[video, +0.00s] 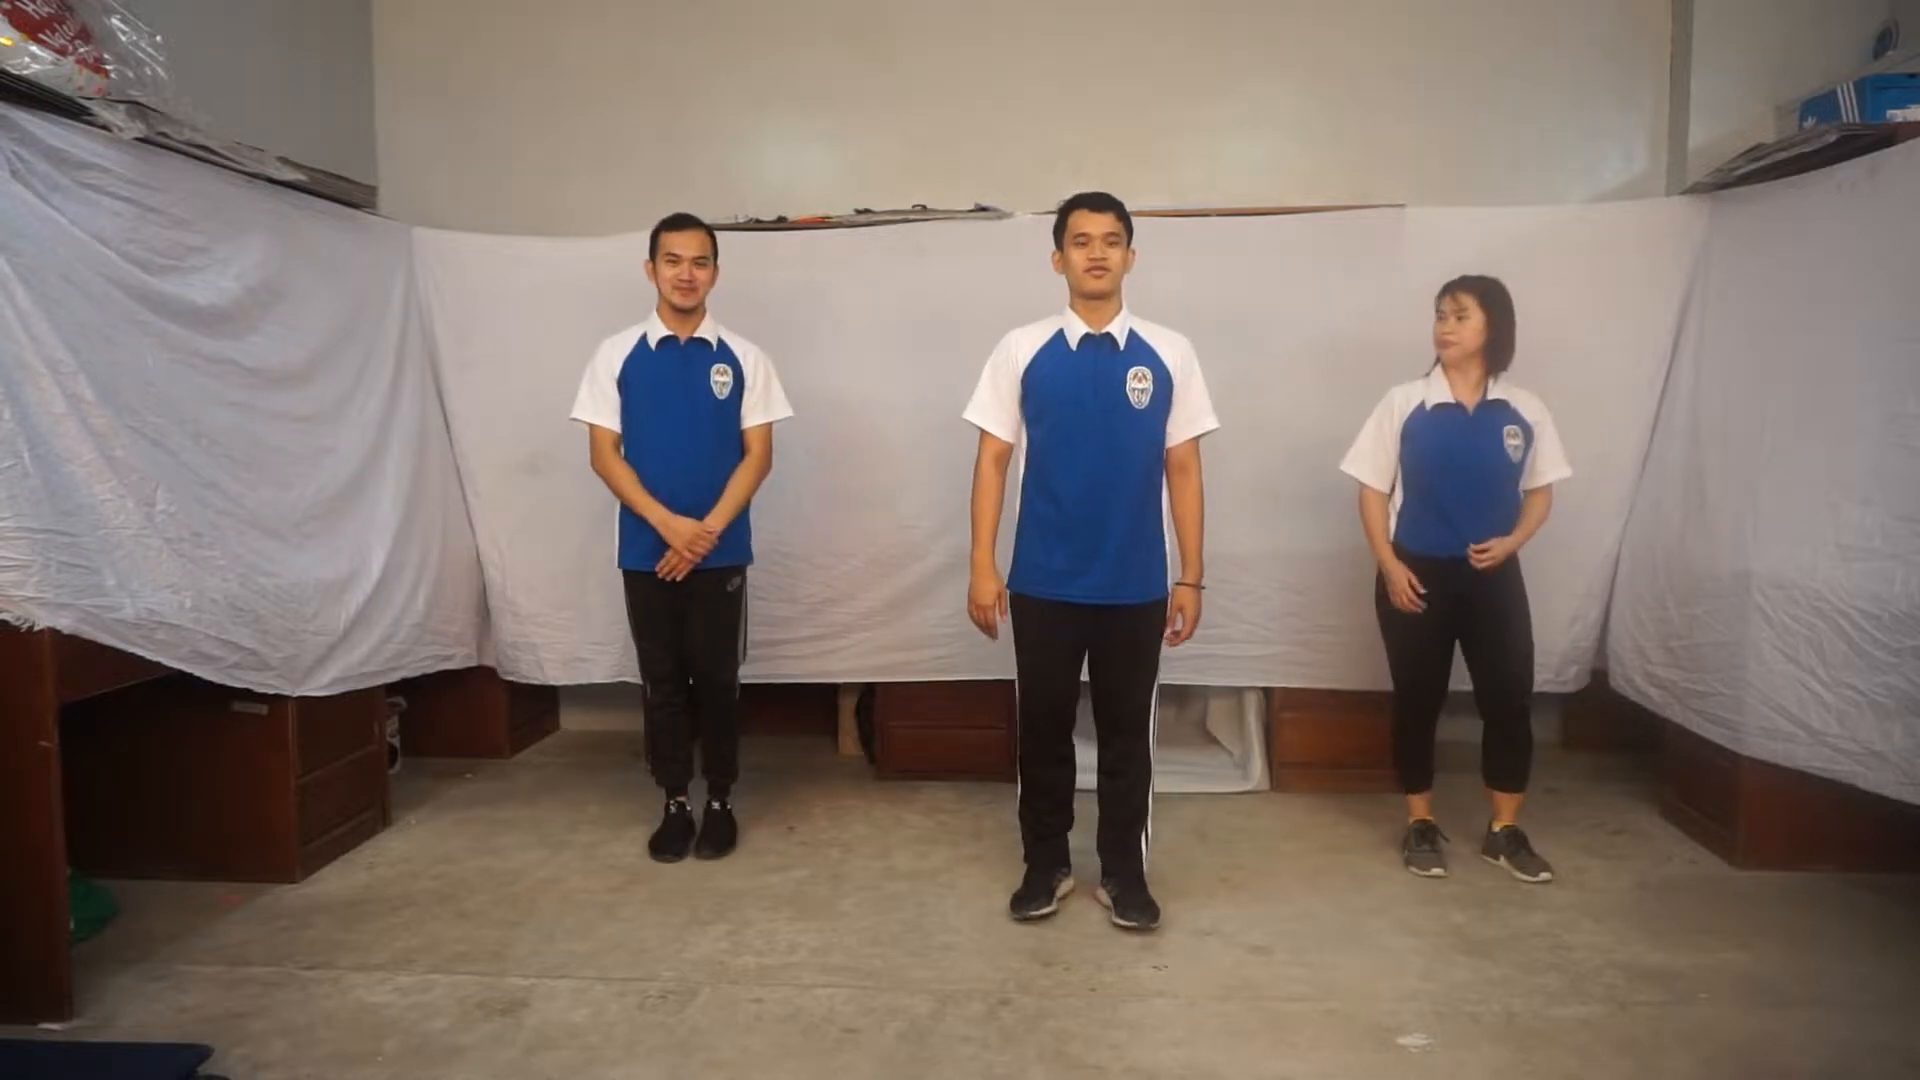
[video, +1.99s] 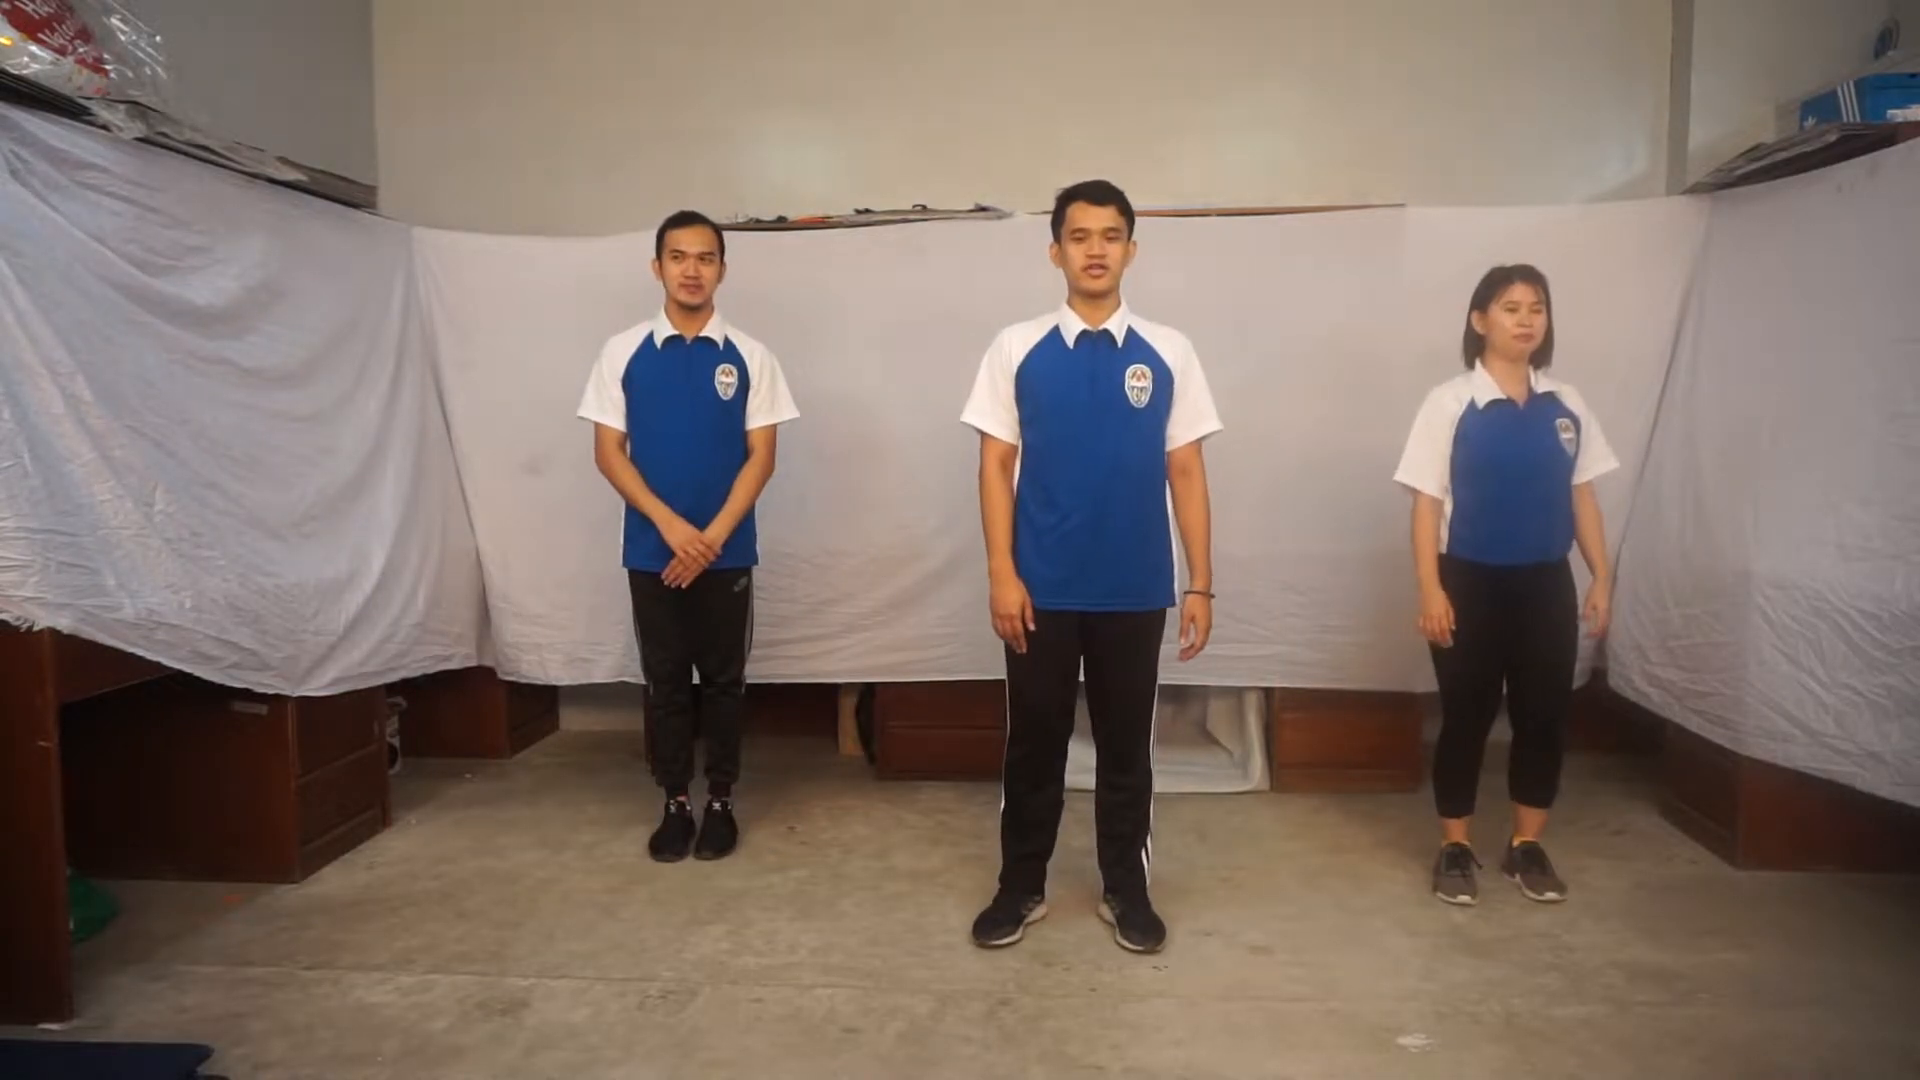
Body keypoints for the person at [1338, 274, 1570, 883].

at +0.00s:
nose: (1445, 325)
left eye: (1461, 316)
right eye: (1440, 316)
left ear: (1494, 329)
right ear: (1433, 327)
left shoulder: (1524, 410)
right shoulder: (1403, 402)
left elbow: (1540, 494)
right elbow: (1371, 489)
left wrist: (1513, 541)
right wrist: (1388, 562)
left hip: (1492, 578)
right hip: (1415, 576)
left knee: (1510, 700)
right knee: (1417, 700)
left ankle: (1505, 828)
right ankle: (1420, 824)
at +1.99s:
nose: (1526, 319)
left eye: (1535, 309)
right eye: (1510, 308)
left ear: (1547, 322)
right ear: (1480, 320)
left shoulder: (1565, 402)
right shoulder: (1449, 401)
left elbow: (1582, 498)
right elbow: (1426, 504)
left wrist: (1601, 575)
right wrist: (1429, 589)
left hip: (1546, 586)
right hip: (1470, 584)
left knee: (1543, 716)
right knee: (1466, 717)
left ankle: (1527, 844)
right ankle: (1455, 845)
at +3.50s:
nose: (1518, 312)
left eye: (1528, 303)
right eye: (1503, 304)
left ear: (1545, 319)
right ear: (1476, 322)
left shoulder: (1567, 401)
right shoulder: (1451, 400)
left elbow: (1609, 483)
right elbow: (1432, 499)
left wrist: (1669, 537)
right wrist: (1509, 512)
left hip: (1546, 587)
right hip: (1462, 587)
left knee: (1557, 713)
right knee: (1465, 715)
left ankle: (1564, 850)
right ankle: (1461, 848)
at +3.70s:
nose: (1534, 321)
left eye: (1547, 310)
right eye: (1519, 312)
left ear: (1568, 323)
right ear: (1498, 329)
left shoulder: (1606, 399)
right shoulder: (1474, 409)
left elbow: (1650, 481)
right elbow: (1435, 504)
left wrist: (1688, 526)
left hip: (1580, 590)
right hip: (1491, 587)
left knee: (1569, 725)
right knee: (1480, 718)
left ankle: (1579, 862)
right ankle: (1460, 851)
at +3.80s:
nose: (1549, 324)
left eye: (1563, 312)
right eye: (1535, 314)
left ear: (1587, 323)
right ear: (1516, 327)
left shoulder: (1619, 396)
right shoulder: (1495, 405)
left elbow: (1659, 494)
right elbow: (1424, 466)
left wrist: (1605, 554)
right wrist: (1392, 401)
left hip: (1602, 587)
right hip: (1515, 584)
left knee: (1585, 723)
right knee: (1493, 713)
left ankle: (1581, 861)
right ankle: (1466, 849)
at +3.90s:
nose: (1565, 328)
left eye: (1581, 316)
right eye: (1552, 317)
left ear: (1610, 328)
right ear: (1537, 328)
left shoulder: (1630, 409)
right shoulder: (1523, 396)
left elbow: (1627, 512)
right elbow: (1462, 407)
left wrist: (1527, 564)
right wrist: (1440, 336)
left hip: (1622, 584)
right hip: (1547, 583)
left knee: (1596, 712)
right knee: (1514, 710)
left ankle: (1582, 857)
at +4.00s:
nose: (1575, 334)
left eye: (1592, 323)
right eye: (1567, 322)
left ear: (1622, 334)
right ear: (1552, 333)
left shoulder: (1630, 413)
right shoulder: (1553, 386)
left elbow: (1598, 520)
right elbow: (1520, 333)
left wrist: (1521, 554)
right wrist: (1489, 265)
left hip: (1633, 583)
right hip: (1575, 581)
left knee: (1602, 717)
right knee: (1562, 712)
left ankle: (1584, 860)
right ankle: (1696, 816)